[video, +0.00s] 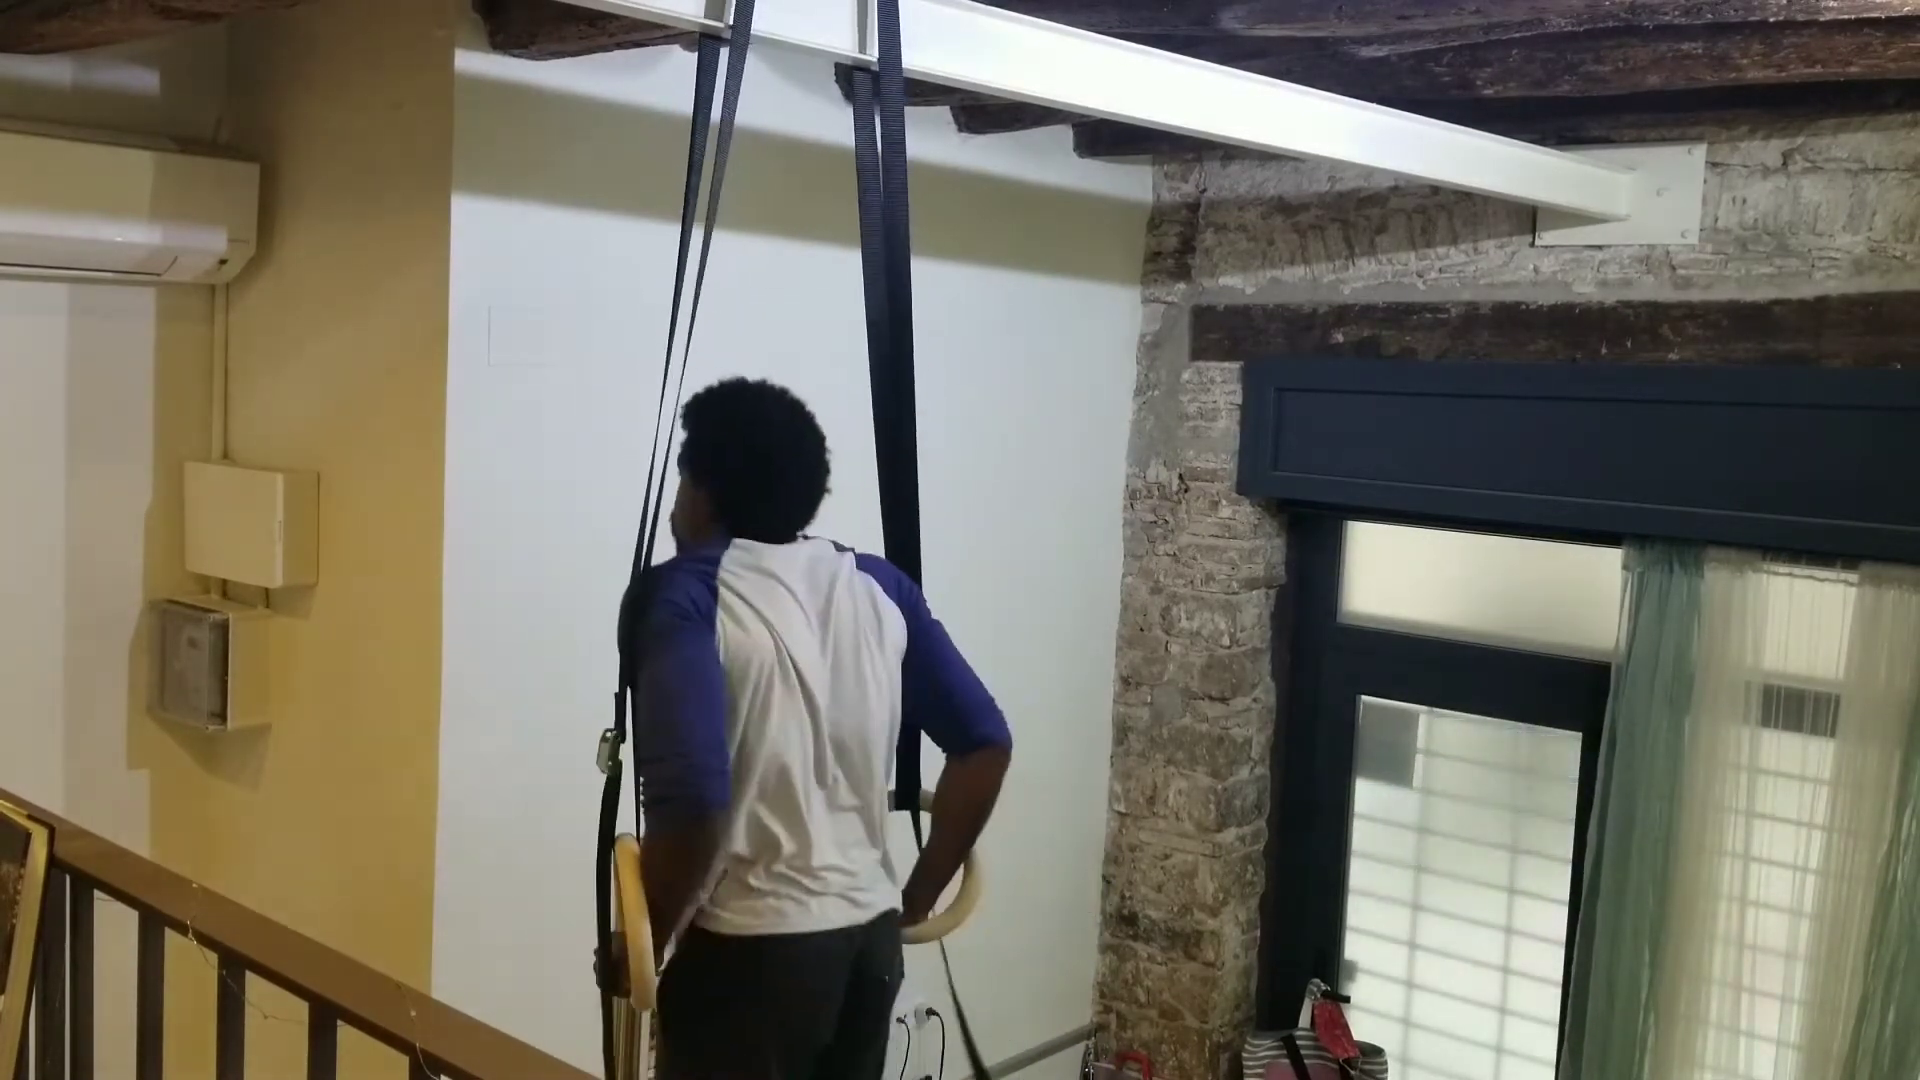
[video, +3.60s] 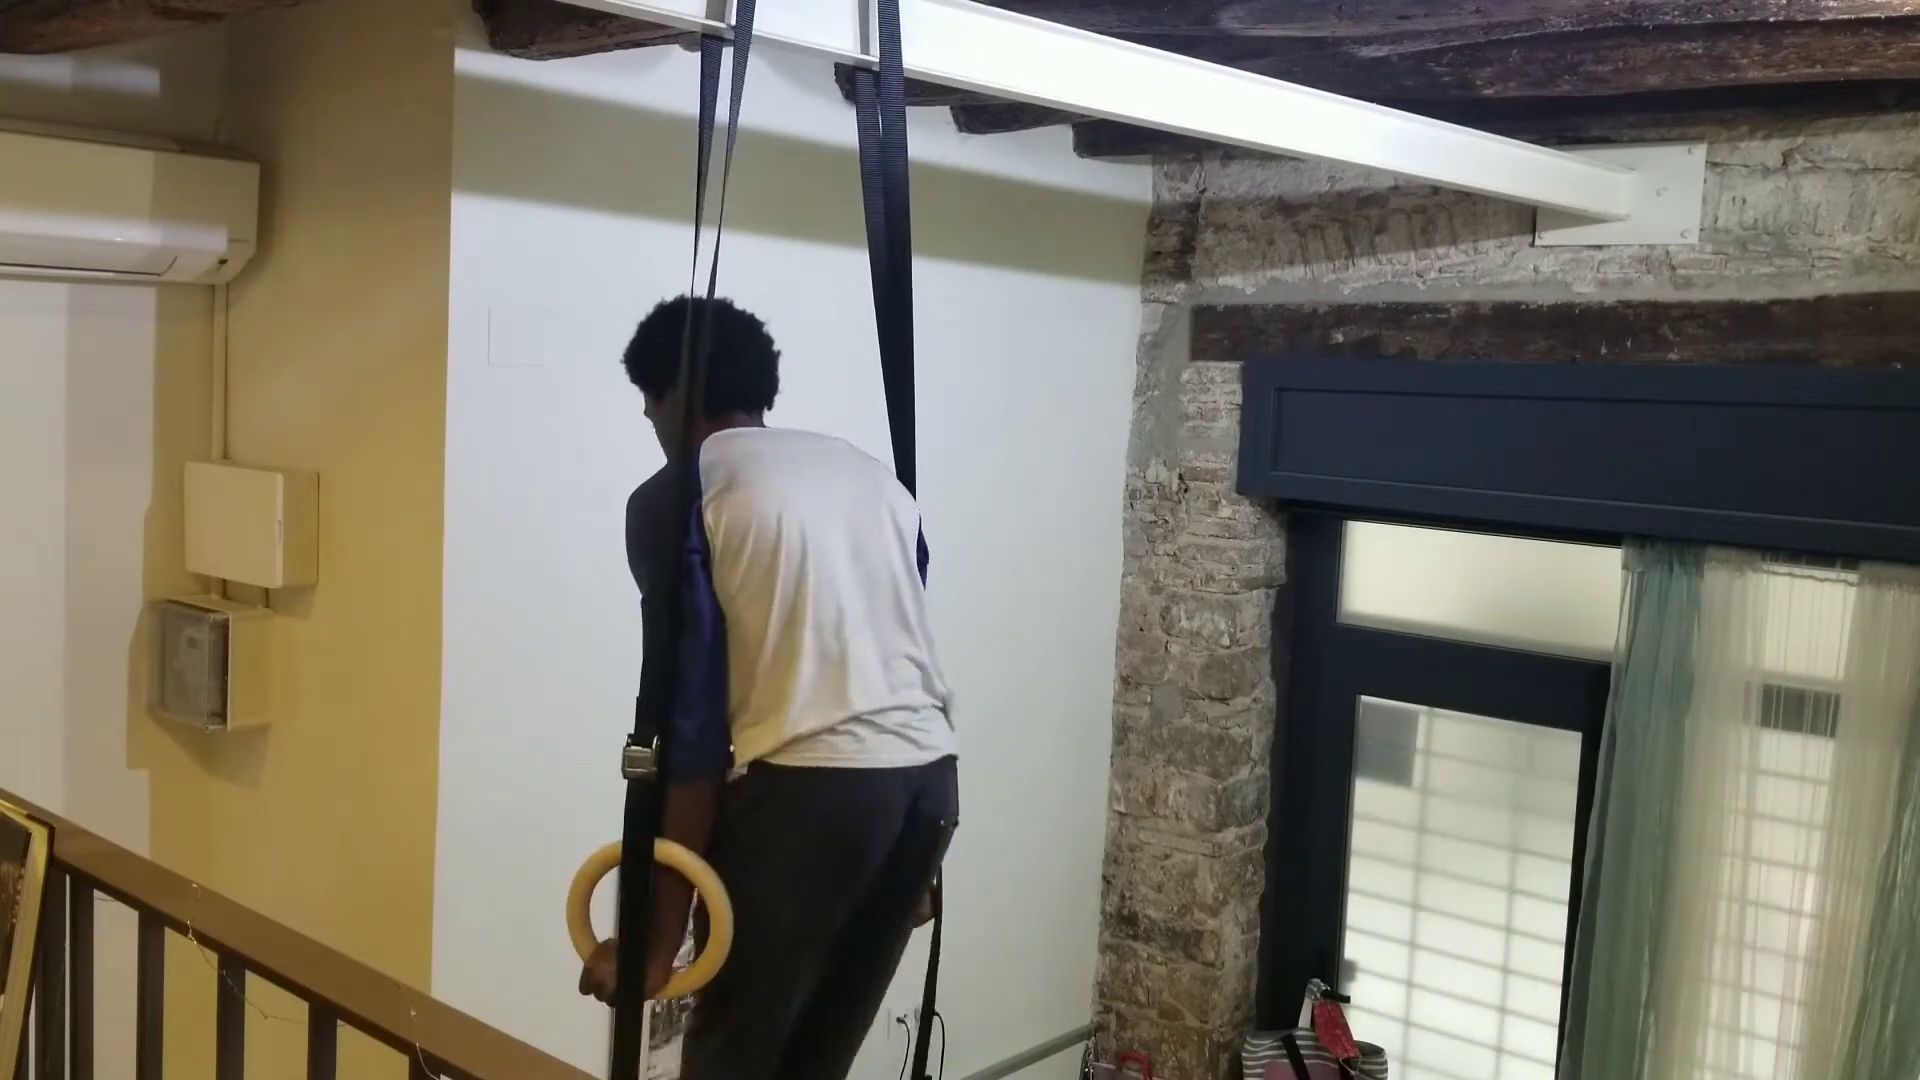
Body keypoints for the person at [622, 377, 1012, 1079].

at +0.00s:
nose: (675, 496)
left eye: (684, 474)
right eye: (683, 473)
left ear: (708, 489)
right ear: (799, 489)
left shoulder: (686, 594)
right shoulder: (880, 584)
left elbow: (694, 800)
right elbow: (983, 743)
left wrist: (639, 946)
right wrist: (920, 893)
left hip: (745, 970)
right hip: (869, 961)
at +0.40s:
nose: (653, 429)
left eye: (657, 407)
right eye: (659, 405)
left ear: (671, 422)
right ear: (770, 423)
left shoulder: (650, 533)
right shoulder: (842, 536)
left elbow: (644, 773)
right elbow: (899, 720)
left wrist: (589, 899)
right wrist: (854, 859)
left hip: (672, 885)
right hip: (785, 883)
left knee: (599, 1067)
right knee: (686, 1067)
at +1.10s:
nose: (687, 393)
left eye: (694, 370)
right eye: (692, 370)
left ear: (715, 383)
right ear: (807, 382)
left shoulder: (699, 497)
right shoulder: (894, 490)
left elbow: (703, 737)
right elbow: (925, 696)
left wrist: (675, 925)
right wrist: (916, 875)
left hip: (779, 835)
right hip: (886, 833)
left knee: (593, 1034)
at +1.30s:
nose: (707, 407)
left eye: (710, 384)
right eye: (709, 384)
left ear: (734, 391)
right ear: (827, 389)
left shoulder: (721, 499)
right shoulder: (922, 495)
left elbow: (733, 750)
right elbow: (962, 702)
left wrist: (705, 938)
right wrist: (962, 889)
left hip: (820, 844)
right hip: (928, 843)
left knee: (664, 1054)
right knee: (725, 1045)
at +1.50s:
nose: (710, 414)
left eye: (711, 391)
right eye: (709, 392)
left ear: (732, 399)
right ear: (826, 398)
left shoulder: (727, 502)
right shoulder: (931, 494)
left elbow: (739, 752)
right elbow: (983, 701)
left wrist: (717, 945)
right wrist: (987, 871)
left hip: (835, 844)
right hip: (950, 846)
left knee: (736, 1060)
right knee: (820, 1060)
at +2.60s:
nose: (635, 417)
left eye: (634, 398)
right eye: (631, 399)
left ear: (663, 391)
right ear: (744, 385)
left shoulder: (674, 499)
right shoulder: (854, 490)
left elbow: (671, 740)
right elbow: (882, 684)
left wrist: (616, 910)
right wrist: (880, 826)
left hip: (724, 835)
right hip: (834, 835)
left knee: (636, 1059)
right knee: (724, 1060)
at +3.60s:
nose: (653, 425)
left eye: (653, 403)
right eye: (648, 407)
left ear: (682, 388)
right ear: (755, 383)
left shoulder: (677, 494)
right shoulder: (878, 478)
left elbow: (693, 728)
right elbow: (916, 664)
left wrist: (654, 946)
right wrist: (924, 859)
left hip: (804, 799)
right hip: (924, 797)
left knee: (733, 1056)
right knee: (819, 1058)